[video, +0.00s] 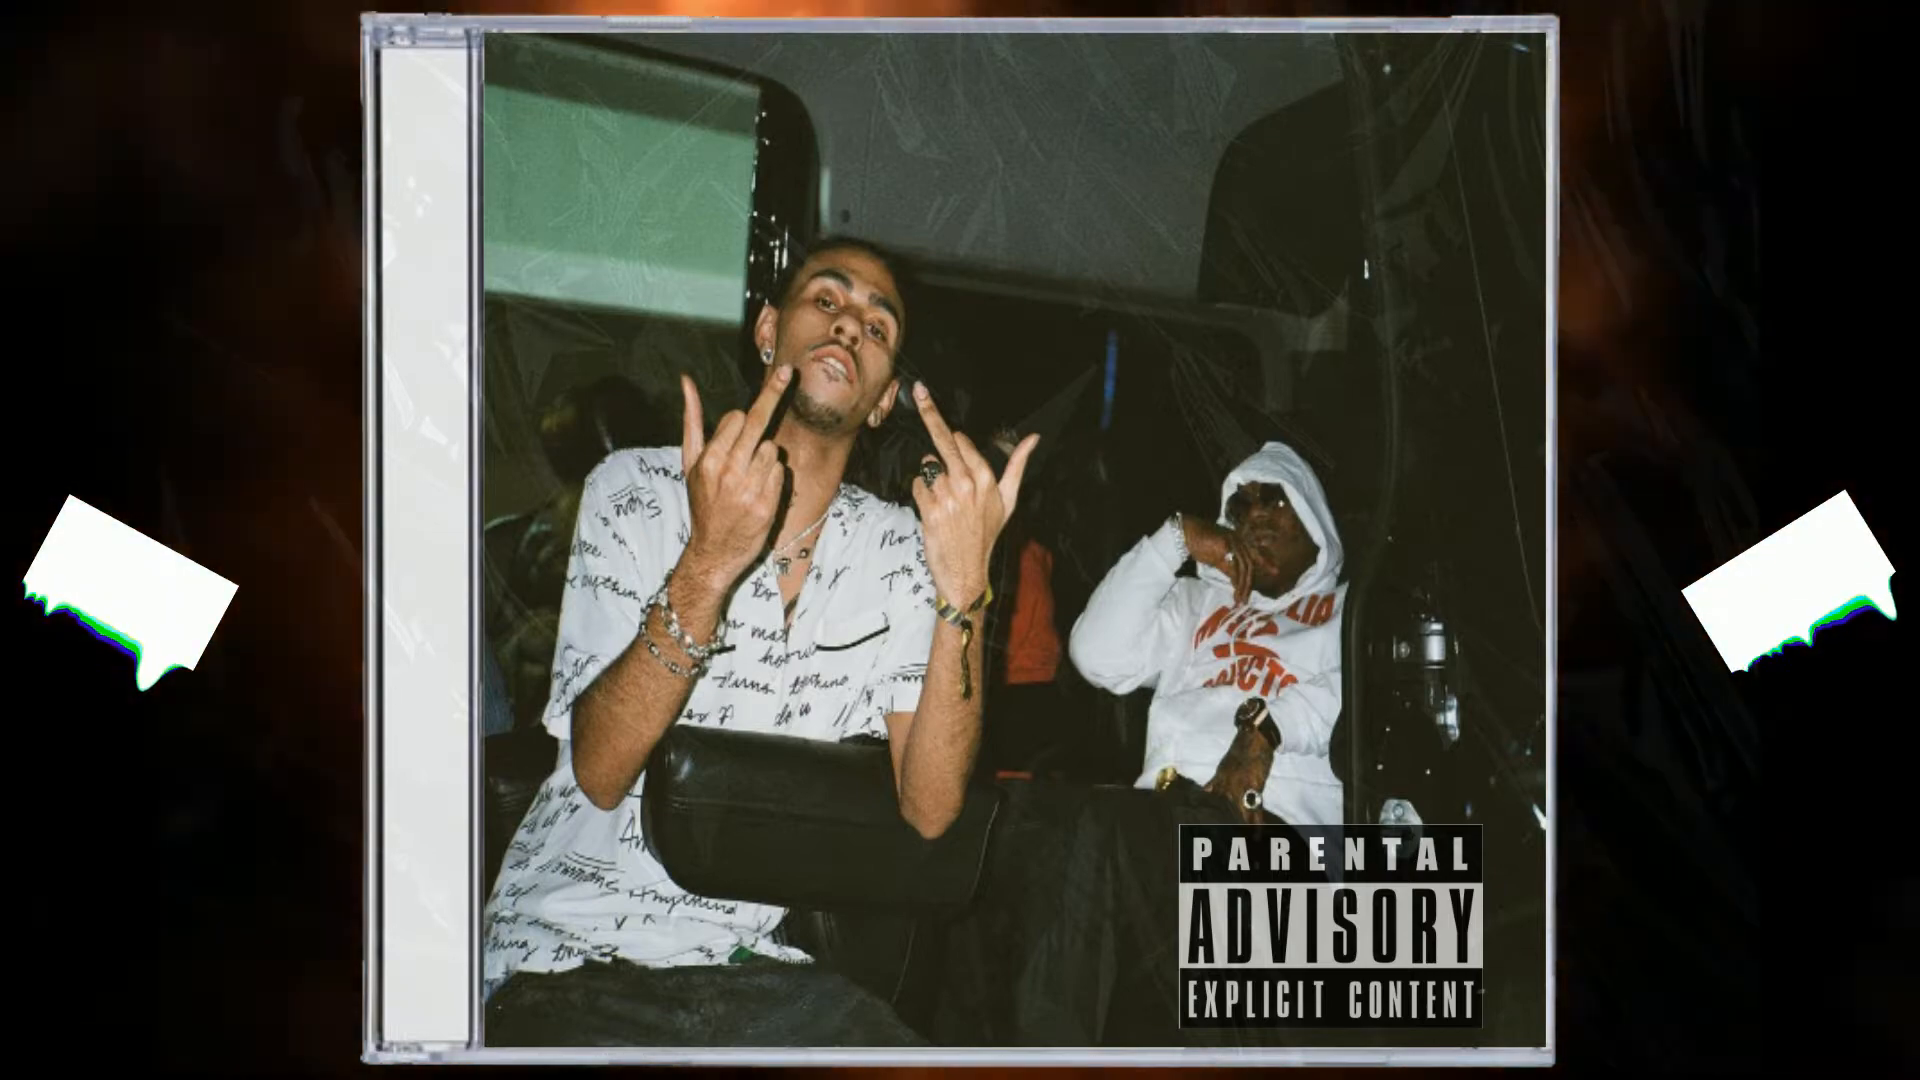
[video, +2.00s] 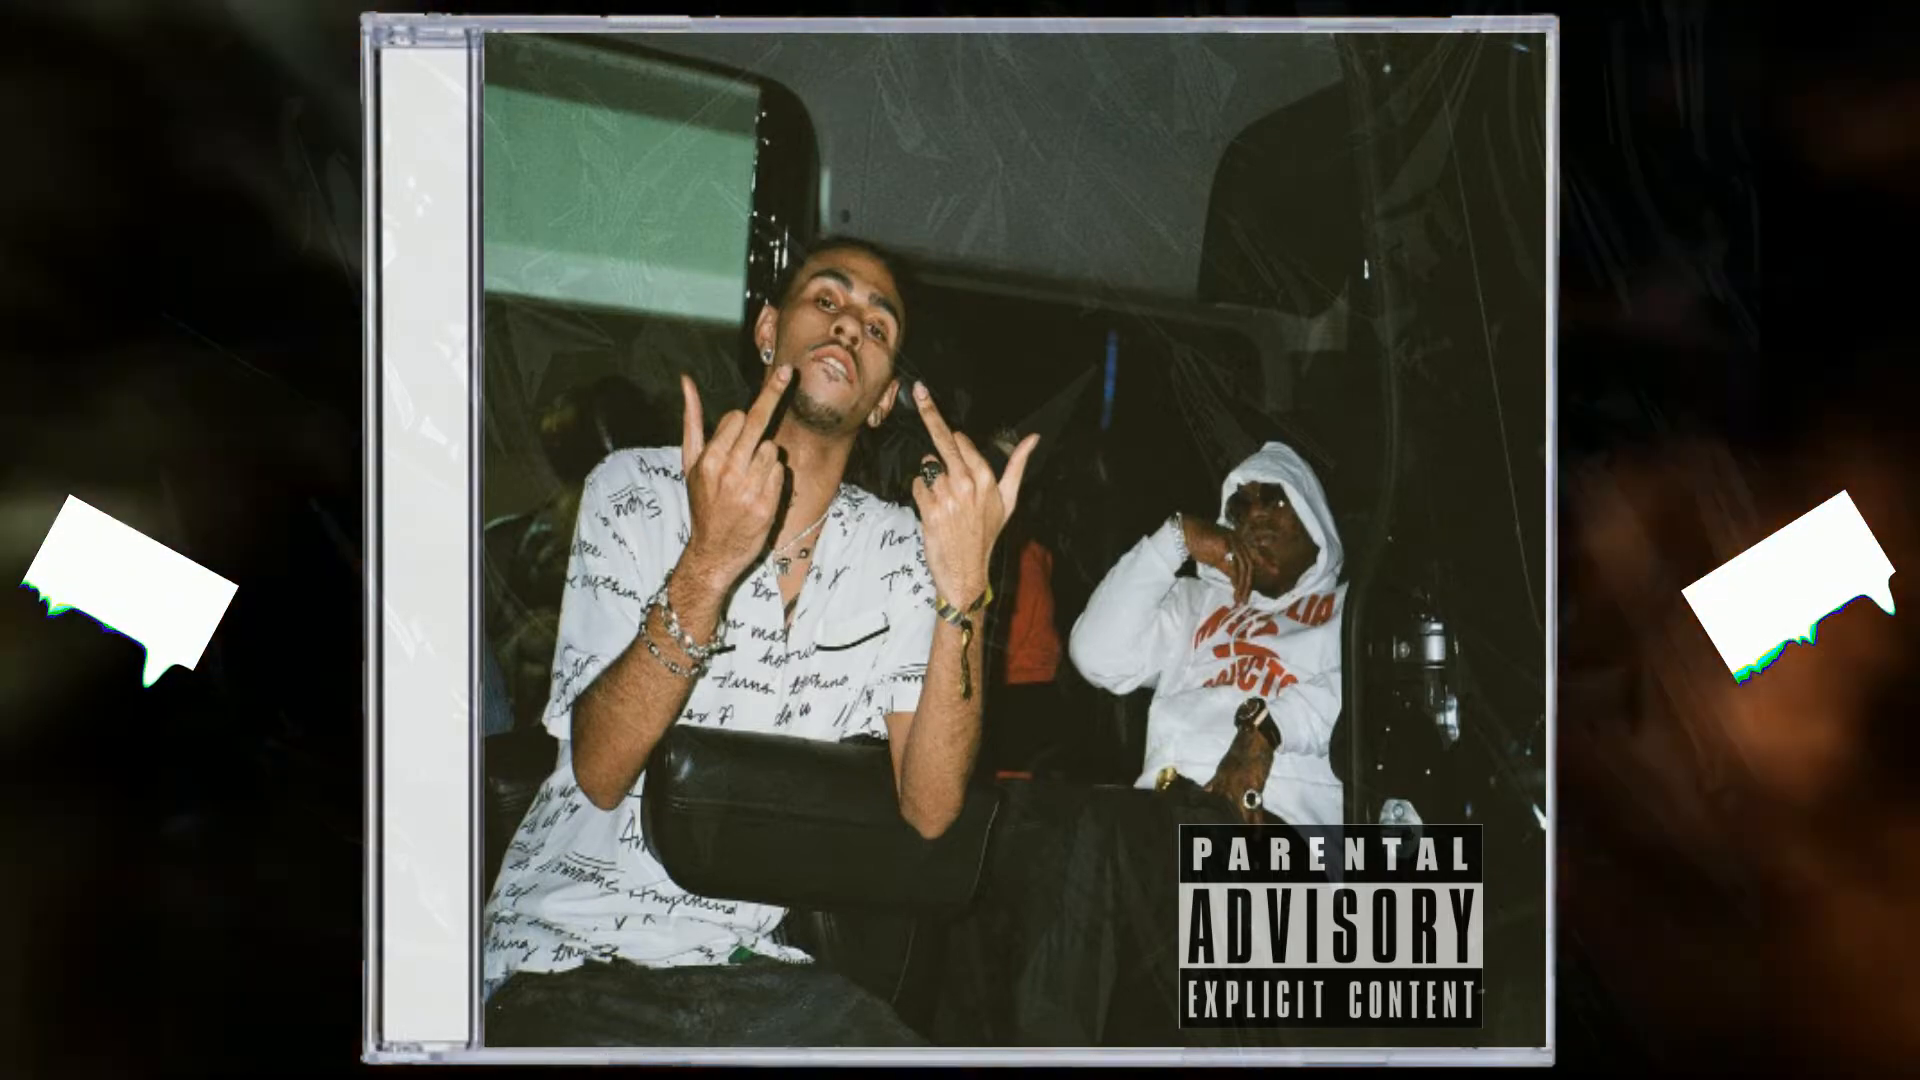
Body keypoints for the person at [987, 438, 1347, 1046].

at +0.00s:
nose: (1257, 528)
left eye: (1276, 510)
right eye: (1244, 511)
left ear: (1317, 527)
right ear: (1228, 528)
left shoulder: (1347, 608)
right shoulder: (1194, 600)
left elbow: (1351, 694)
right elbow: (1097, 658)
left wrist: (1266, 728)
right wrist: (1176, 540)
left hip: (1285, 817)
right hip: (1168, 807)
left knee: (1098, 822)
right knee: (1024, 809)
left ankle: (1048, 1056)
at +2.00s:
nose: (1258, 520)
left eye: (1278, 503)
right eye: (1243, 504)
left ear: (1318, 524)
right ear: (1226, 525)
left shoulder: (1350, 610)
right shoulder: (1195, 602)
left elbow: (1343, 703)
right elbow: (1099, 658)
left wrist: (1264, 727)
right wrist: (1177, 538)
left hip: (1284, 818)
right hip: (1163, 808)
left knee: (1101, 823)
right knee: (1029, 812)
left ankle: (1050, 1050)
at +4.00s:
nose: (1258, 518)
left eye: (1278, 501)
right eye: (1245, 503)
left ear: (1318, 521)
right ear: (1227, 523)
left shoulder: (1352, 607)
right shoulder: (1198, 601)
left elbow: (1348, 701)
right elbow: (1099, 657)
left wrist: (1268, 725)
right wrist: (1177, 539)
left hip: (1284, 815)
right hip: (1167, 805)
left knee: (1101, 824)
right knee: (1025, 810)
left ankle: (1052, 1052)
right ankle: (969, 1046)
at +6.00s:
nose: (1259, 516)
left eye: (1279, 501)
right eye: (1245, 502)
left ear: (1318, 523)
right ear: (1227, 524)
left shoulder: (1351, 606)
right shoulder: (1197, 602)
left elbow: (1357, 700)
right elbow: (1100, 658)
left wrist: (1269, 726)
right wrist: (1177, 539)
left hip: (1284, 815)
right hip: (1165, 805)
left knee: (1102, 825)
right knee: (1028, 810)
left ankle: (1052, 1052)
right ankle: (970, 1047)